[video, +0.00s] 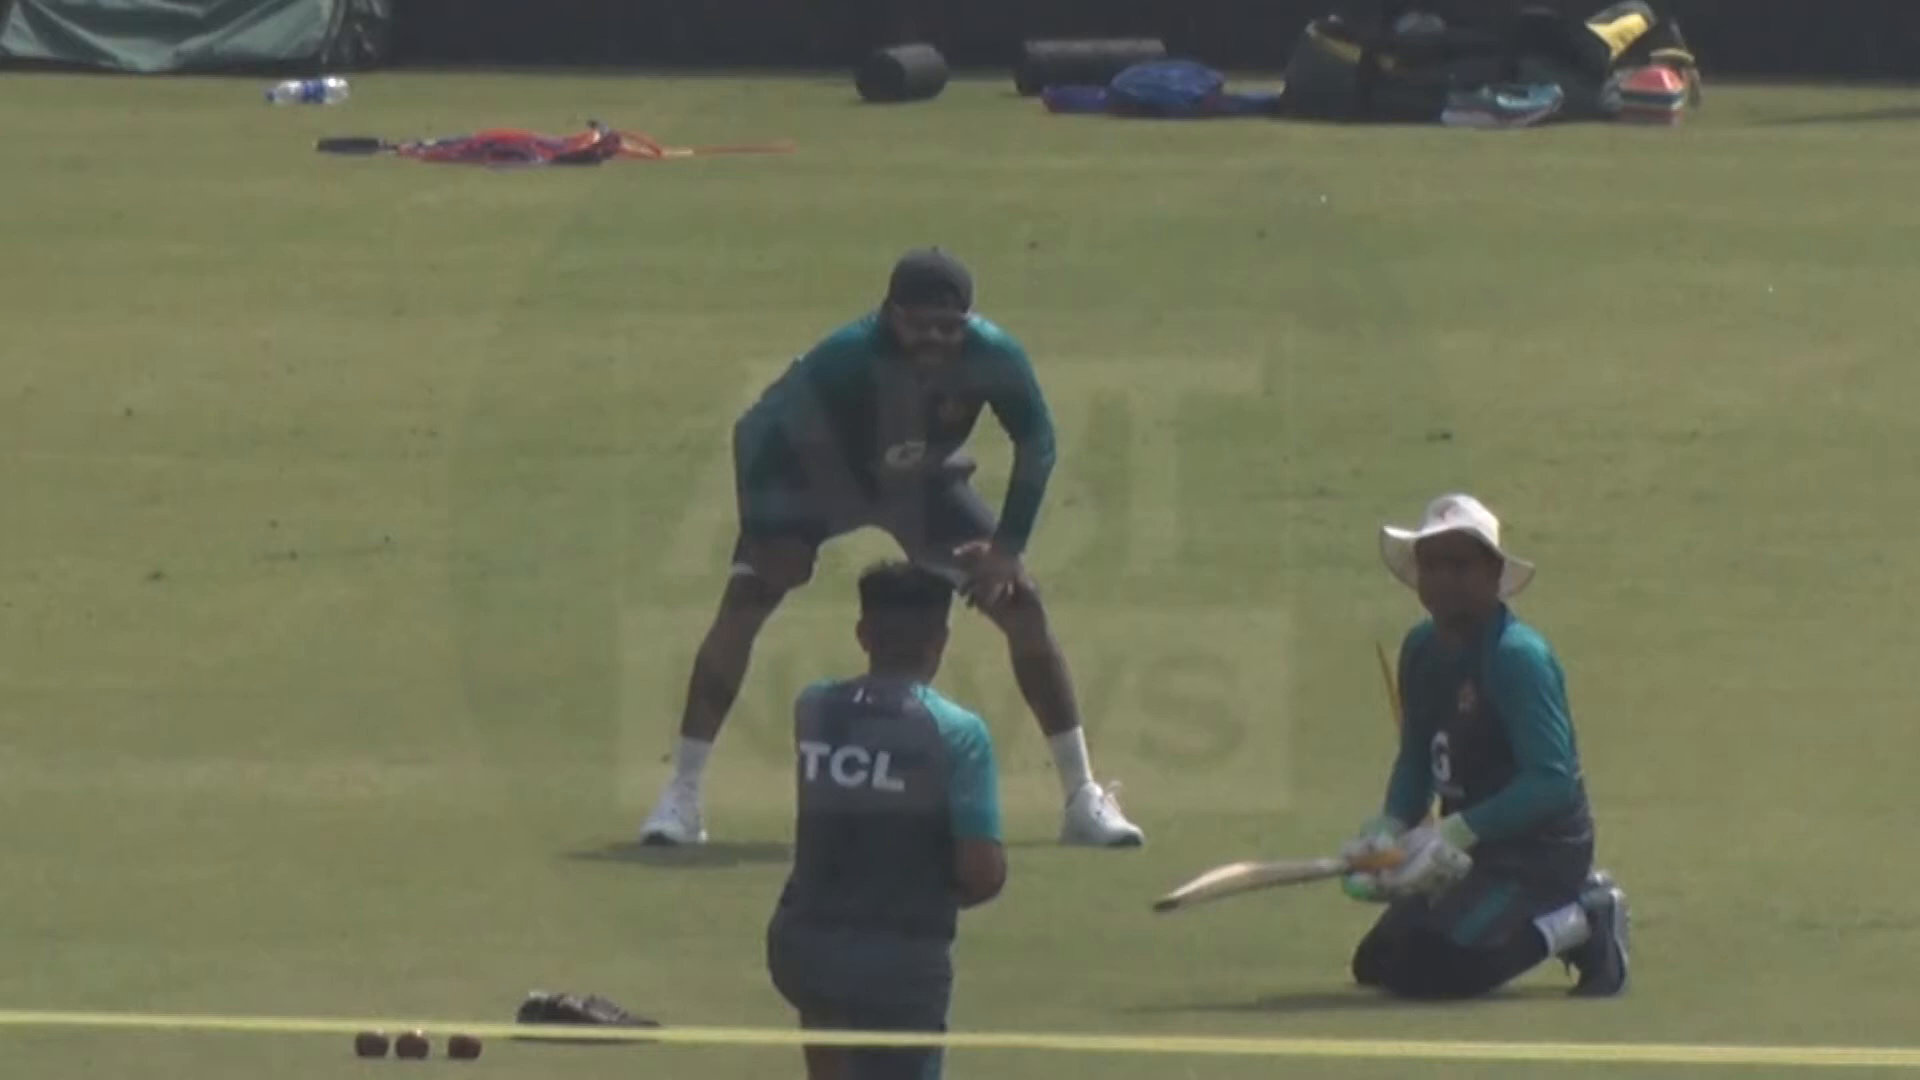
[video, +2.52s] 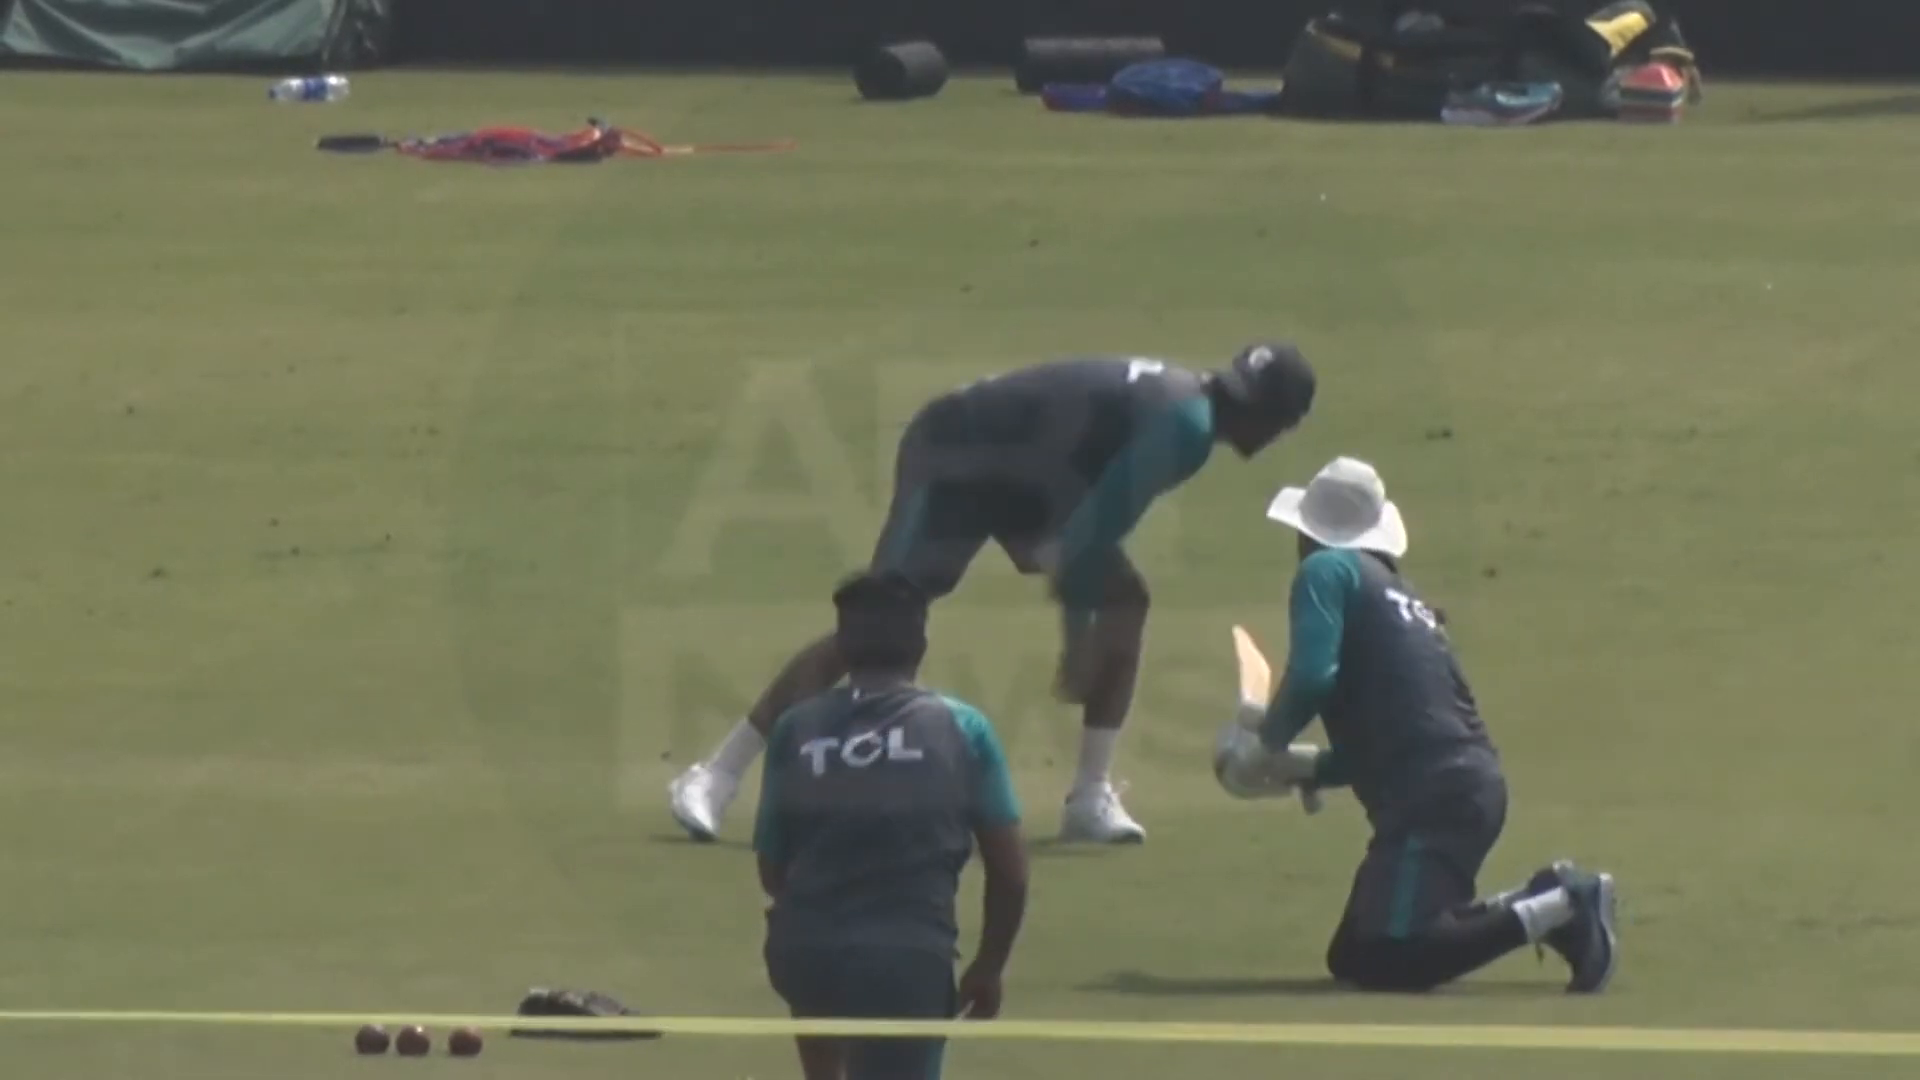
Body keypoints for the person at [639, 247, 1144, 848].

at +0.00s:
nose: (931, 341)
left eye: (944, 328)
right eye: (917, 327)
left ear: (965, 321)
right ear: (890, 315)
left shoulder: (996, 359)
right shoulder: (845, 358)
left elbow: (1037, 443)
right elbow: (758, 430)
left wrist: (1008, 544)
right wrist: (768, 536)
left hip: (922, 484)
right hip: (813, 480)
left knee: (1023, 612)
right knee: (744, 604)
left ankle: (1084, 796)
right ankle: (681, 796)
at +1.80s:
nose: (933, 323)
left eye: (946, 309)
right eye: (918, 310)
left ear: (961, 304)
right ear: (885, 302)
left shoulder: (983, 356)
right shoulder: (840, 352)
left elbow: (990, 462)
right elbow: (814, 475)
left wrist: (955, 518)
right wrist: (887, 522)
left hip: (934, 499)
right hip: (832, 494)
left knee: (1037, 608)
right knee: (747, 599)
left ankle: (1085, 795)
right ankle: (684, 794)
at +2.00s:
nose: (985, 367)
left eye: (997, 352)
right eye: (970, 351)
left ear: (1010, 351)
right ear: (935, 345)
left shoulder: (1022, 400)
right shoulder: (889, 385)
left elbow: (1052, 527)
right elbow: (880, 523)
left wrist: (1028, 532)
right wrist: (965, 529)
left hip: (950, 512)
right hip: (841, 503)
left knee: (1051, 607)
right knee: (753, 599)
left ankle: (1086, 796)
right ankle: (685, 795)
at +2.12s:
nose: (1082, 438)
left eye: (1090, 425)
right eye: (1071, 422)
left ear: (1097, 417)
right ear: (1032, 404)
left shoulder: (1091, 463)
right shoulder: (956, 428)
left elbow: (1140, 569)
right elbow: (907, 553)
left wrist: (1188, 652)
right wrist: (993, 588)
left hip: (976, 512)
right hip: (877, 490)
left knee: (1073, 604)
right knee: (779, 604)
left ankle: (1085, 799)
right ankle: (686, 795)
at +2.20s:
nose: (1156, 488)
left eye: (1161, 476)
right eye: (1148, 473)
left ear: (1150, 462)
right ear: (1108, 457)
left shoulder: (1132, 486)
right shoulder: (1020, 453)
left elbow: (1181, 586)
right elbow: (920, 544)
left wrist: (1246, 689)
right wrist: (971, 643)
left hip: (987, 508)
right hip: (895, 484)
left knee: (1095, 603)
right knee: (795, 620)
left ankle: (1088, 797)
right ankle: (686, 789)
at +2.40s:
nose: (1253, 497)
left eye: (1260, 486)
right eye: (1254, 483)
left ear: (1232, 447)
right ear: (1233, 460)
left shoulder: (1179, 465)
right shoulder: (1133, 460)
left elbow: (1172, 549)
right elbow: (1026, 565)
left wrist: (1188, 630)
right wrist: (998, 669)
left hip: (1017, 489)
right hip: (933, 468)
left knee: (1126, 601)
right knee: (843, 636)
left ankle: (1091, 797)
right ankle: (696, 786)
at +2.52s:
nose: (1276, 437)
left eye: (1283, 425)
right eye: (1282, 425)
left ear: (1242, 383)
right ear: (1263, 414)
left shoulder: (1189, 406)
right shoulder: (1178, 424)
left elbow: (1098, 498)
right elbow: (1089, 533)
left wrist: (1073, 558)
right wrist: (1078, 643)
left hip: (1030, 478)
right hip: (951, 455)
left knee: (1126, 603)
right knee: (876, 630)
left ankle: (1089, 798)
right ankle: (716, 776)